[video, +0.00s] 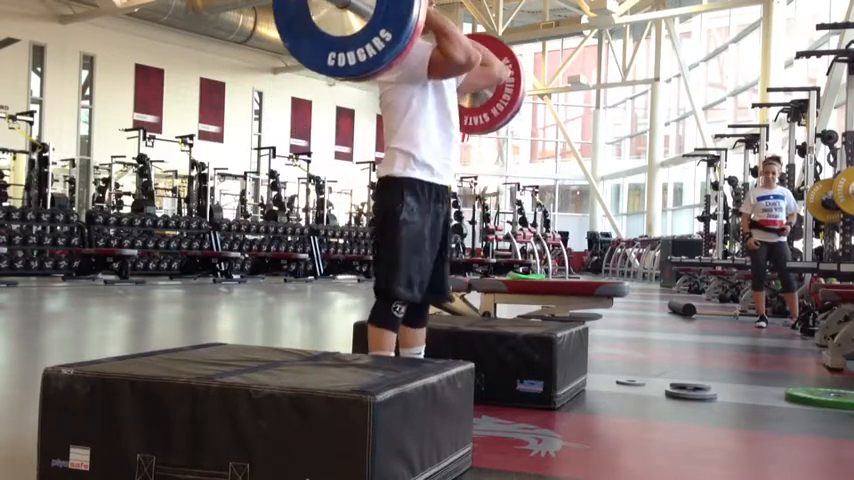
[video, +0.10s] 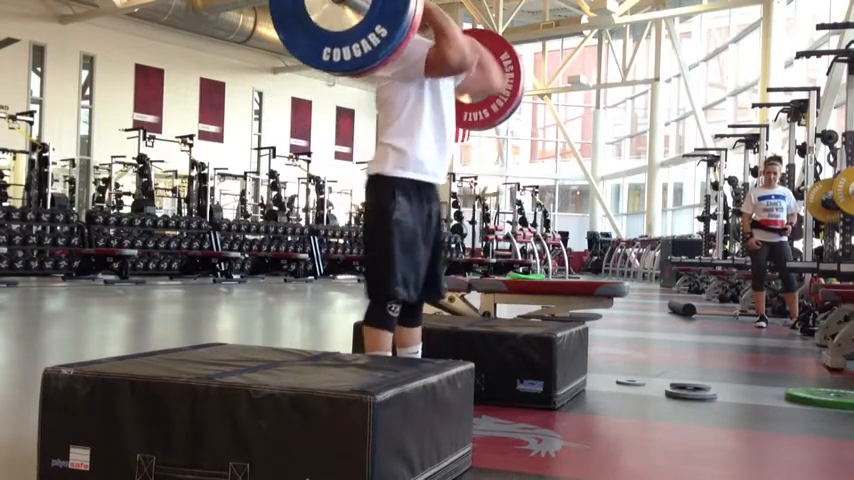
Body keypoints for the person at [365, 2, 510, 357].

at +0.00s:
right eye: (417, 12)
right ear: (405, 18)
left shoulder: (438, 64)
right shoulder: (396, 53)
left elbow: (496, 70)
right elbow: (460, 56)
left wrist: (453, 33)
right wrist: (428, 14)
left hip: (436, 189)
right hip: (405, 186)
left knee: (420, 299)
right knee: (394, 297)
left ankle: (412, 384)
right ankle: (381, 388)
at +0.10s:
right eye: (415, 7)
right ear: (407, 11)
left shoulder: (437, 54)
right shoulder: (393, 45)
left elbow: (494, 80)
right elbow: (456, 57)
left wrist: (454, 30)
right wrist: (430, 9)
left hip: (426, 187)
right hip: (394, 185)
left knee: (414, 299)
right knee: (387, 298)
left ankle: (411, 387)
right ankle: (379, 390)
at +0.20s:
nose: (430, 10)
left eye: (431, 5)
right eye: (424, 3)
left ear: (431, 12)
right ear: (404, 7)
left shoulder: (430, 59)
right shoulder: (388, 44)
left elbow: (451, 121)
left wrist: (470, 85)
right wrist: (434, 67)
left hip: (415, 193)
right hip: (378, 186)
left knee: (411, 296)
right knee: (378, 296)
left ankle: (412, 382)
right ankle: (370, 389)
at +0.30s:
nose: (430, 15)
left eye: (432, 10)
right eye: (426, 7)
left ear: (424, 12)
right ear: (407, 4)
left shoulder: (410, 47)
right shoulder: (371, 36)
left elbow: (403, 98)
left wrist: (439, 87)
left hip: (401, 188)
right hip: (367, 186)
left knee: (414, 276)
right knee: (371, 294)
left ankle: (391, 373)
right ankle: (370, 386)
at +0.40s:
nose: (415, 15)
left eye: (417, 9)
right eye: (408, 6)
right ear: (381, 7)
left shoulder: (399, 65)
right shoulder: (362, 52)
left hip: (396, 196)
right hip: (361, 194)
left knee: (403, 292)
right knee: (367, 299)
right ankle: (373, 386)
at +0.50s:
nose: (398, 24)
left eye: (402, 16)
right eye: (390, 14)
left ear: (403, 20)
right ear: (363, 13)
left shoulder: (381, 70)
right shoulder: (340, 58)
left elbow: (373, 136)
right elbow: (292, 113)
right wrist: (252, 160)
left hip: (375, 189)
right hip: (343, 186)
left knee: (370, 286)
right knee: (358, 291)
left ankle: (323, 365)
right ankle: (373, 384)